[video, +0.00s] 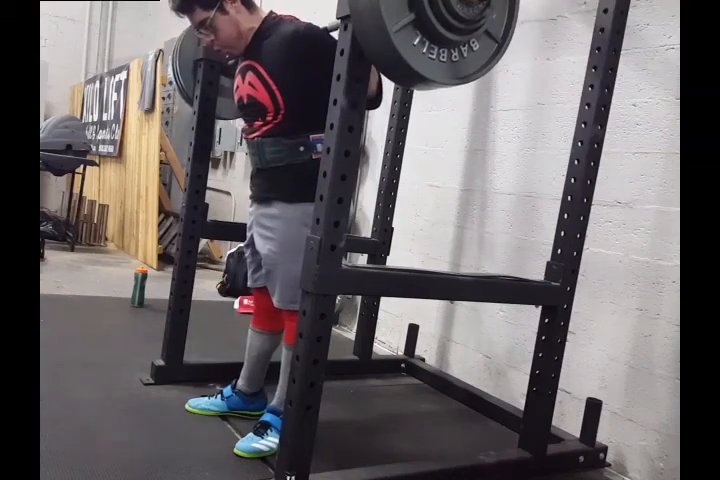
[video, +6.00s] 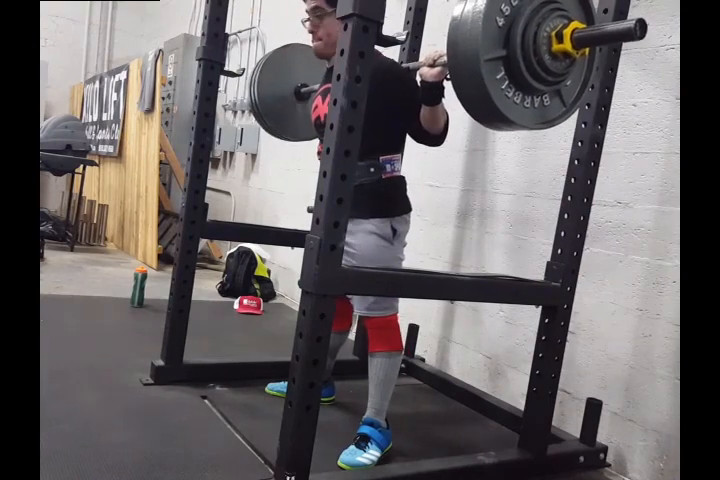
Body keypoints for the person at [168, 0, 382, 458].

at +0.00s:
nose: (210, 42)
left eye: (209, 27)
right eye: (201, 34)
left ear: (234, 6)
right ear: (233, 11)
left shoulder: (299, 40)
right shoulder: (246, 57)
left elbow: (370, 91)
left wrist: (359, 32)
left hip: (302, 208)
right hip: (266, 205)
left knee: (296, 314)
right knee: (264, 304)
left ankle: (283, 416)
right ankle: (247, 392)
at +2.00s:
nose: (265, 58)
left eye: (266, 46)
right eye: (259, 50)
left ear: (293, 26)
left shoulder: (353, 64)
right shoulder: (302, 79)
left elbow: (414, 118)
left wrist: (405, 75)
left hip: (365, 206)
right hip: (331, 204)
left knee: (333, 300)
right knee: (326, 298)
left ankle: (317, 401)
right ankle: (329, 389)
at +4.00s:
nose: (293, 53)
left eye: (298, 42)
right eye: (288, 44)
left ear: (330, 31)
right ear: (321, 36)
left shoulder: (390, 78)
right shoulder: (330, 83)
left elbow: (445, 129)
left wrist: (437, 85)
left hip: (389, 217)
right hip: (341, 213)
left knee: (388, 314)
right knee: (335, 301)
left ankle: (377, 424)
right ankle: (318, 379)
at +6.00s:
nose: (310, 31)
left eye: (317, 20)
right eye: (307, 22)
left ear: (348, 19)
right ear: (320, 25)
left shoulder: (387, 74)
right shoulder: (329, 78)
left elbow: (433, 135)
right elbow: (328, 139)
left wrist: (431, 87)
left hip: (377, 215)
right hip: (331, 212)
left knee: (377, 311)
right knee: (327, 301)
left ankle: (375, 424)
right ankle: (317, 379)